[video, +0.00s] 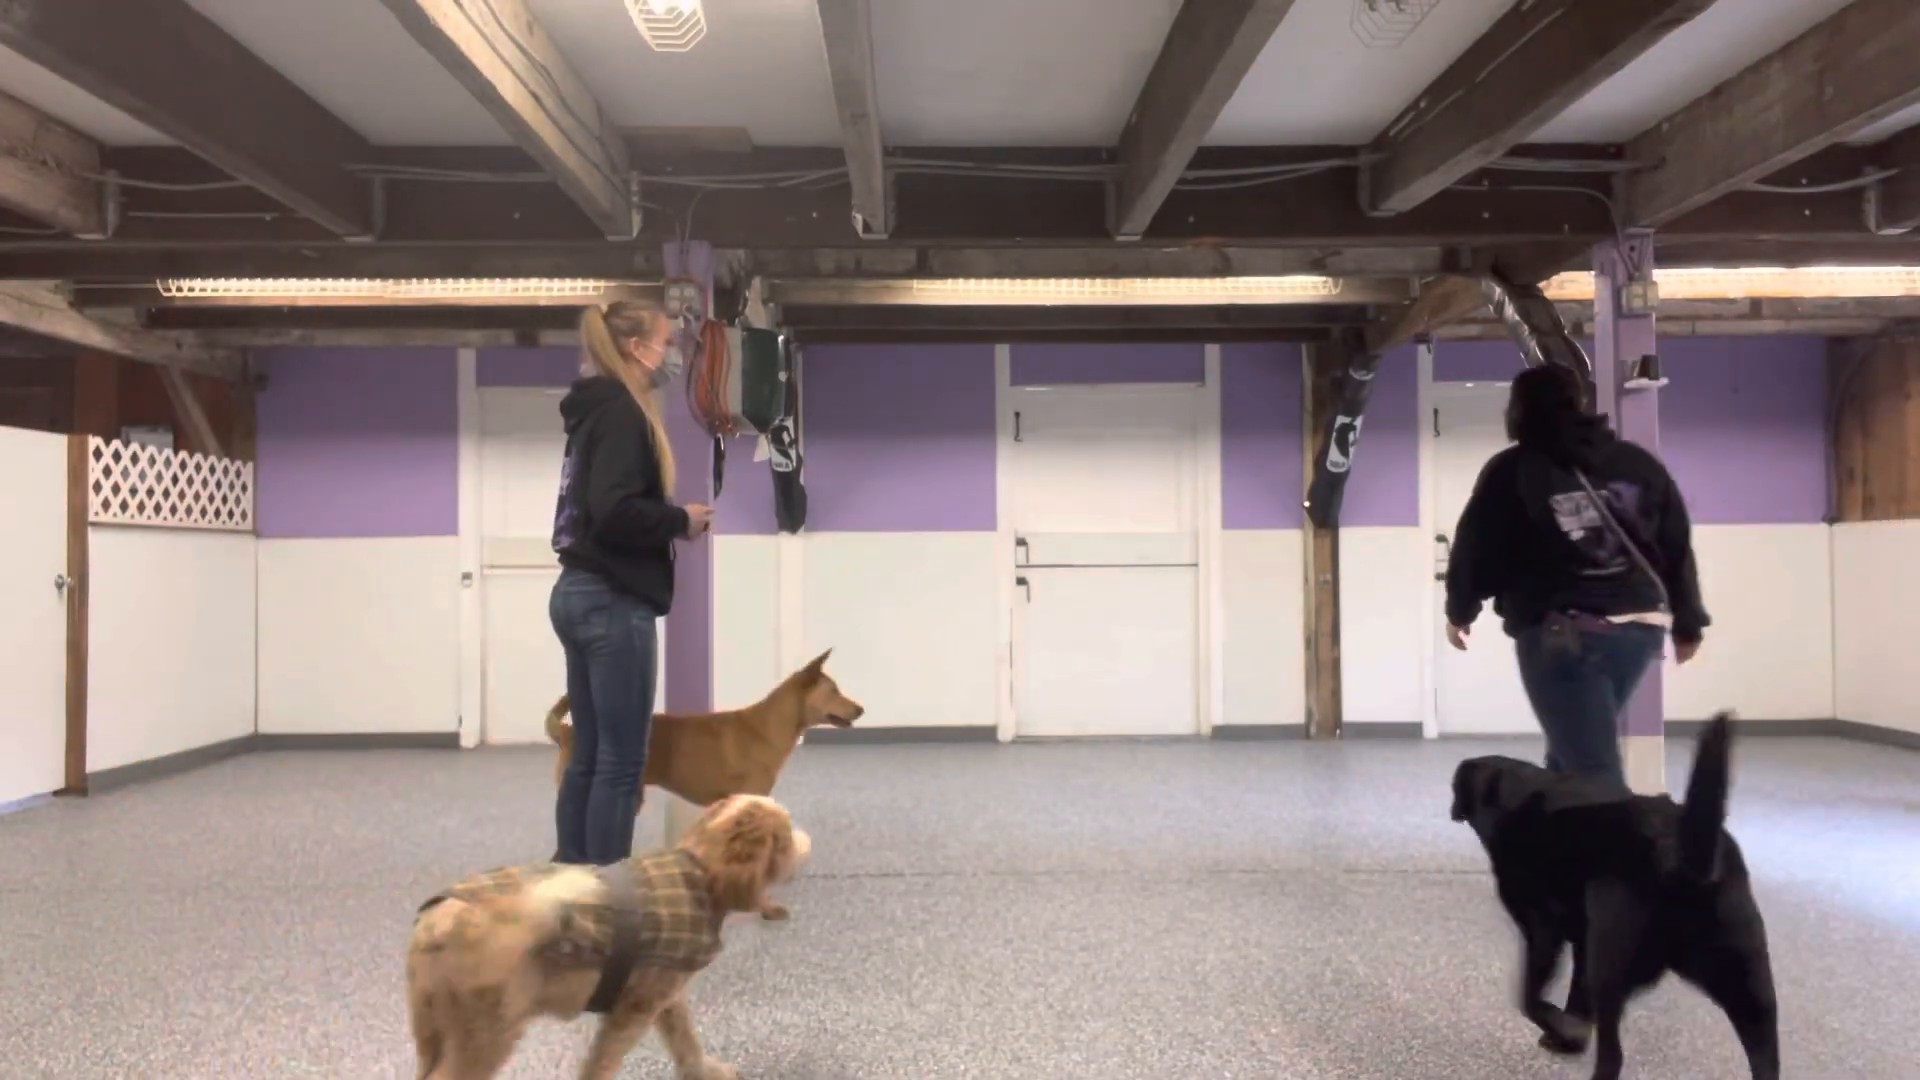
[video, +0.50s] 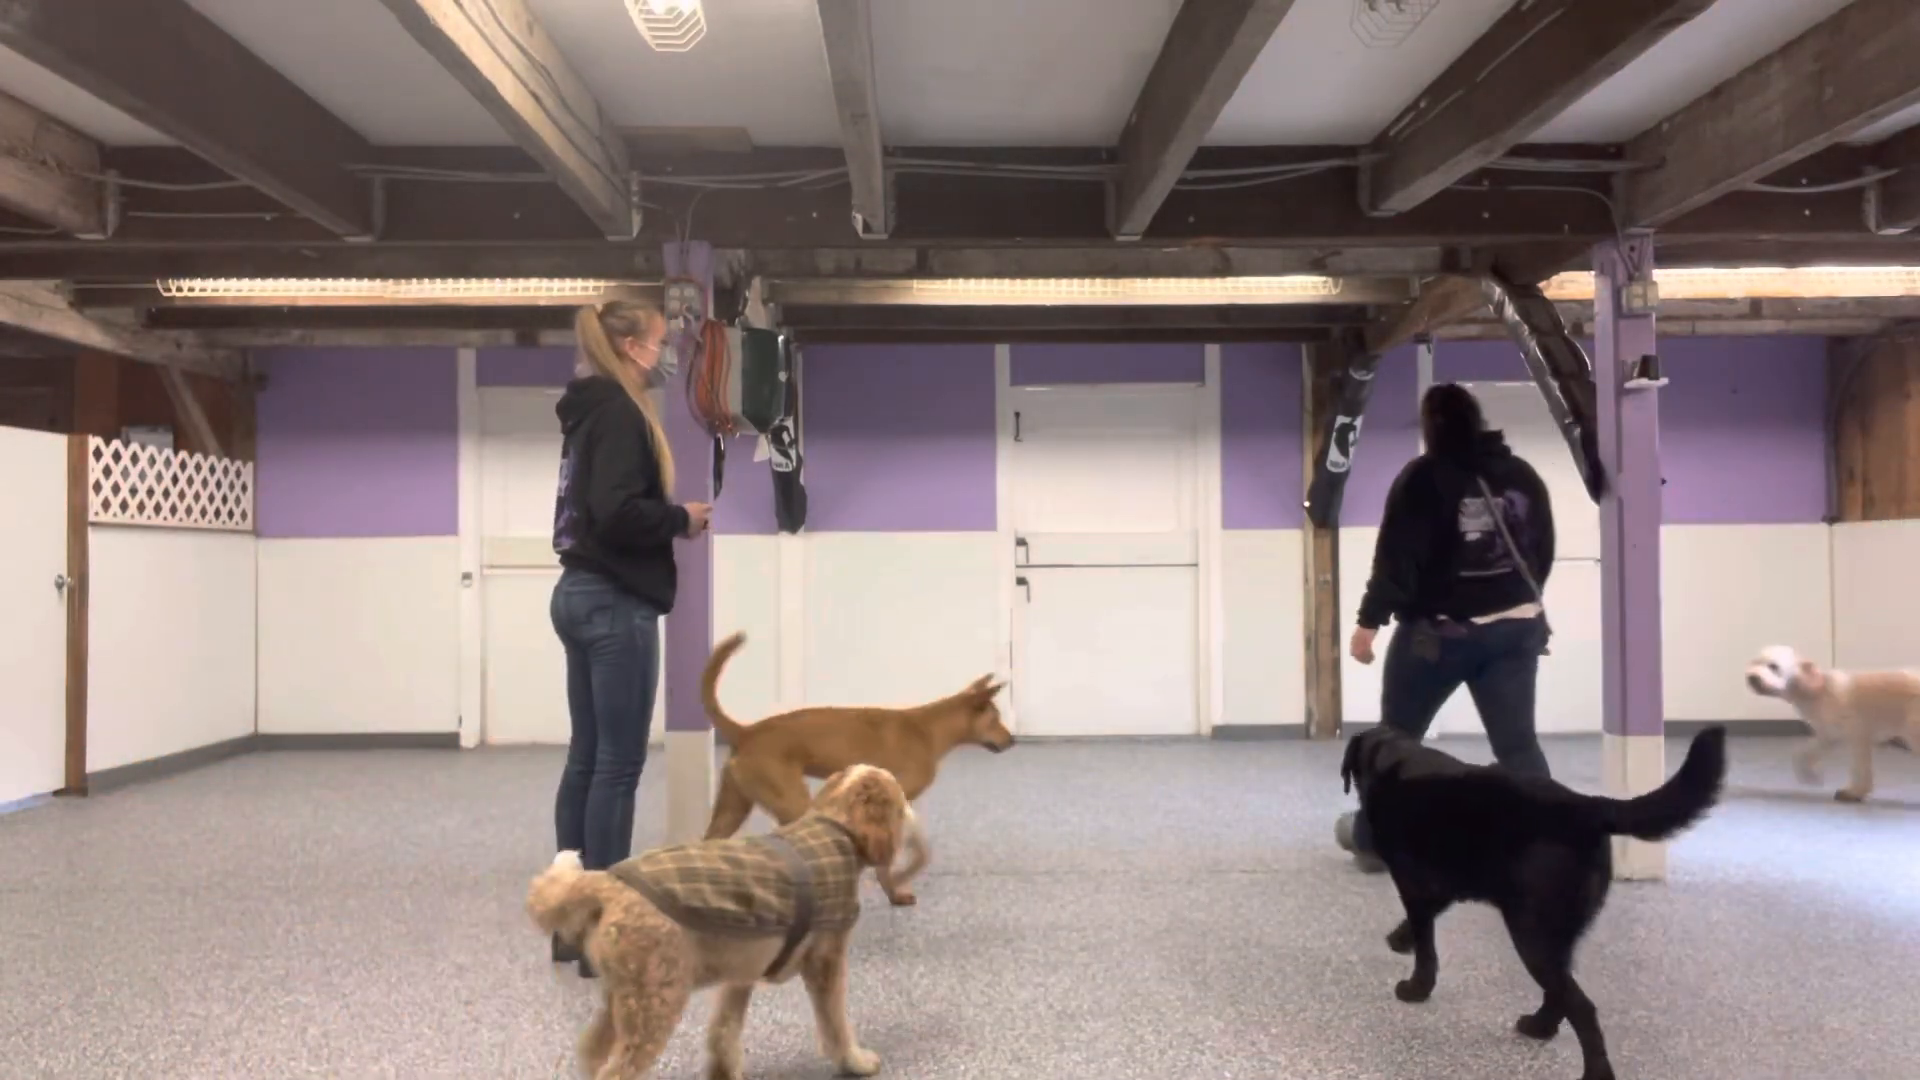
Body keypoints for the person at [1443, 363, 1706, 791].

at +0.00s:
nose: (1509, 415)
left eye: (1513, 407)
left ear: (1522, 412)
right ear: (1578, 406)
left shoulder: (1510, 470)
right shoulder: (1637, 461)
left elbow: (1474, 550)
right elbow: (1676, 547)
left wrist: (1460, 612)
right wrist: (1688, 622)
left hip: (1557, 633)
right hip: (1641, 631)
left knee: (1597, 778)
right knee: (1568, 763)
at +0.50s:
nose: (1423, 431)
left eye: (1425, 423)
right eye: (1428, 421)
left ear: (1430, 427)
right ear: (1476, 420)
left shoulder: (1421, 479)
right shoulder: (1521, 474)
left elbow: (1396, 559)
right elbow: (1541, 552)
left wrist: (1368, 622)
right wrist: (1518, 600)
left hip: (1435, 636)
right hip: (1511, 632)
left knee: (1398, 740)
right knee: (1518, 747)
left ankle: (1376, 836)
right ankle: (1554, 842)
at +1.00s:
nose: (1317, 432)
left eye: (1319, 425)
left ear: (1324, 430)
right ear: (1365, 427)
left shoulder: (1314, 479)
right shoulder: (1412, 470)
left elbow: (1289, 546)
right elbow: (1440, 532)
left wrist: (1269, 601)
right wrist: (1439, 589)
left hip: (1347, 615)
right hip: (1414, 613)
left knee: (1350, 720)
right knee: (1395, 707)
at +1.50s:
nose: (1311, 443)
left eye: (1315, 434)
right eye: (1312, 434)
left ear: (1329, 436)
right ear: (1365, 434)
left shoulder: (1319, 483)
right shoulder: (1394, 483)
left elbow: (1300, 555)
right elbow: (1407, 547)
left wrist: (1278, 611)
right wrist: (1398, 599)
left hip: (1330, 611)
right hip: (1387, 608)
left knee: (1307, 713)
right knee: (1362, 711)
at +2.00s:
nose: (1279, 456)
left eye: (1284, 447)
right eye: (1279, 447)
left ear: (1303, 446)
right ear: (1328, 445)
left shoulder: (1307, 492)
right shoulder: (1351, 489)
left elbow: (1298, 561)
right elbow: (1343, 556)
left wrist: (1271, 612)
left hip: (1311, 610)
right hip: (1352, 607)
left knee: (1288, 708)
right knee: (1332, 702)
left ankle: (1293, 799)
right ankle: (1341, 798)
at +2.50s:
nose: (1282, 457)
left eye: (1287, 448)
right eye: (1282, 449)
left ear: (1307, 448)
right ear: (1305, 450)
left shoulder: (1333, 489)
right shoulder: (1301, 488)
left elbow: (1327, 554)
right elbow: (1290, 549)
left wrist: (1296, 604)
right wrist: (1271, 598)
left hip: (1315, 616)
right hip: (1295, 614)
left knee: (1294, 704)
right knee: (1292, 703)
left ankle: (1294, 795)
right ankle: (1294, 792)